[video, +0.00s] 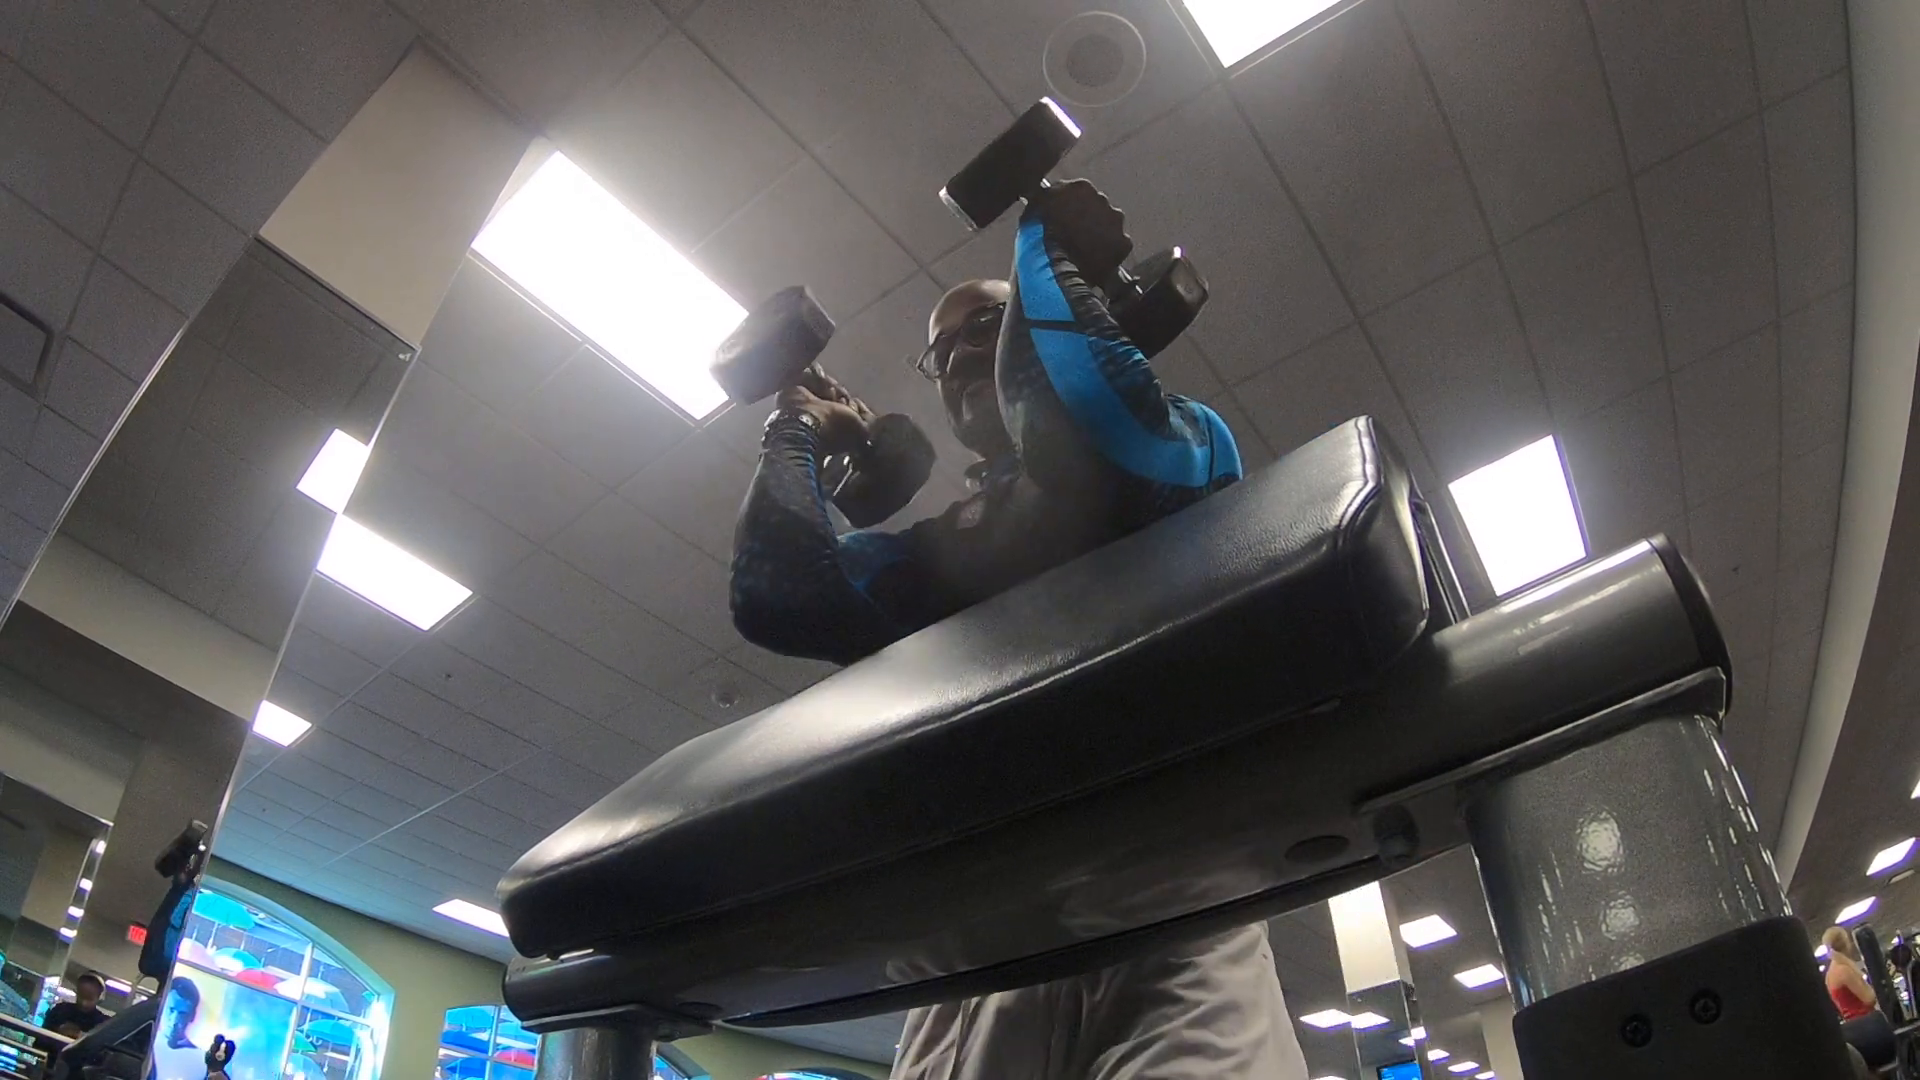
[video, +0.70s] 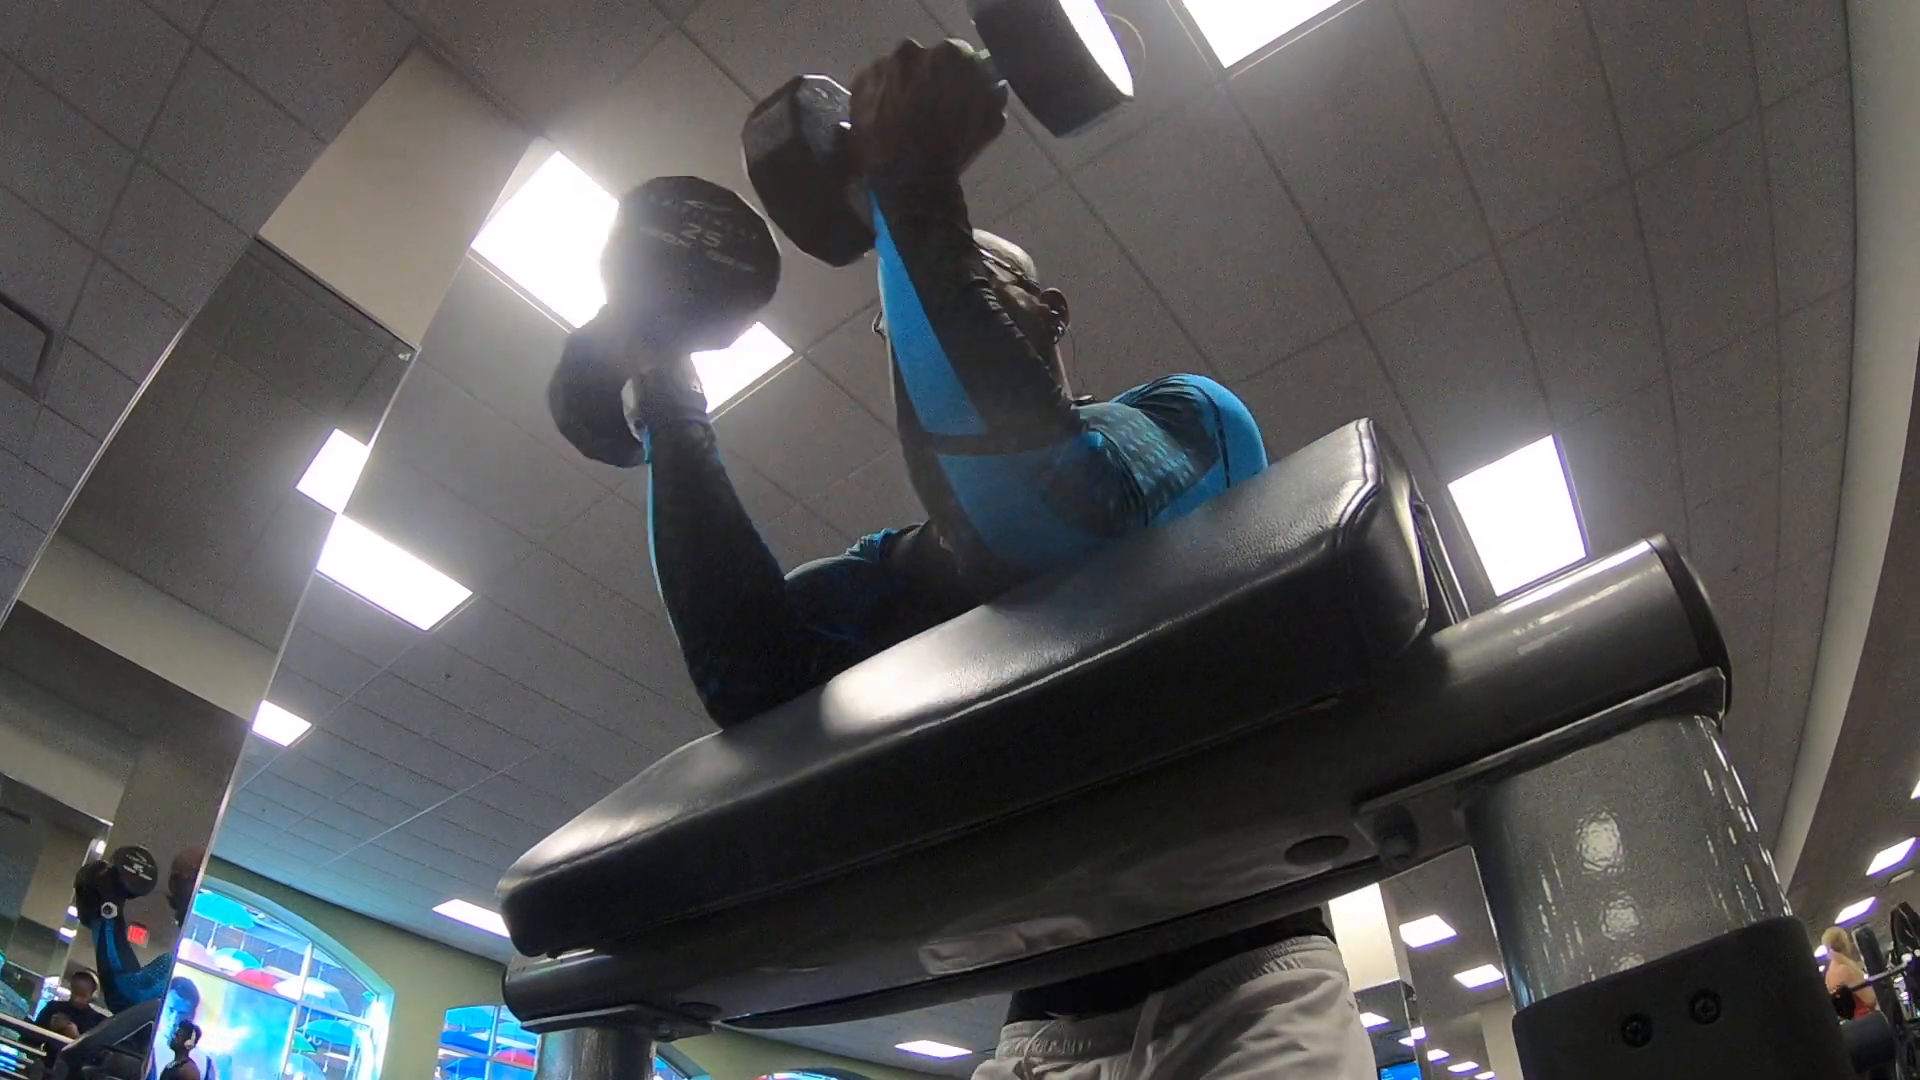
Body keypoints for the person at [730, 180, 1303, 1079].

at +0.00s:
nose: (965, 352)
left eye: (988, 326)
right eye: (943, 347)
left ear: (1047, 343)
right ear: (935, 386)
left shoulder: (1170, 474)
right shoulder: (935, 553)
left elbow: (1085, 417)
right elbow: (774, 598)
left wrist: (1049, 244)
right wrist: (795, 426)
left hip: (1186, 927)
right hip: (978, 958)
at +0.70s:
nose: (965, 333)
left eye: (997, 298)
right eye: (940, 318)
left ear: (1053, 331)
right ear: (905, 384)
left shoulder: (1190, 427)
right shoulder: (920, 574)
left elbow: (1040, 519)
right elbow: (748, 677)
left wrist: (913, 196)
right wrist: (666, 391)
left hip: (1258, 983)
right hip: (1051, 1026)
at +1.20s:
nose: (816, 266)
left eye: (853, 228)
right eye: (794, 266)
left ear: (954, 250)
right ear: (800, 320)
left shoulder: (1096, 346)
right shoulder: (816, 514)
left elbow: (1027, 543)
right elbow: (709, 689)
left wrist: (664, 231)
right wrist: (424, 452)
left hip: (1199, 947)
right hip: (966, 1004)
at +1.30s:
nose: (818, 267)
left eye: (850, 226)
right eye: (799, 263)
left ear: (955, 241)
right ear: (802, 314)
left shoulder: (1099, 341)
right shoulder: (823, 505)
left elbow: (1034, 541)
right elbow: (715, 682)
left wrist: (640, 259)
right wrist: (407, 484)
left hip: (1211, 940)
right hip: (971, 1001)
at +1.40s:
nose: (823, 261)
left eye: (855, 225)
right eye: (804, 262)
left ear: (959, 241)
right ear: (812, 314)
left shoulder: (1100, 333)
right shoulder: (818, 500)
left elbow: (1031, 539)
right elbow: (708, 687)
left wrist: (615, 278)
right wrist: (415, 529)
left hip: (1214, 929)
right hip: (975, 994)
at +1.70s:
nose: (816, 261)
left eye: (848, 223)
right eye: (799, 258)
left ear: (955, 230)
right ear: (808, 315)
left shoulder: (1097, 328)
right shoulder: (826, 508)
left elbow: (985, 557)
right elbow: (699, 697)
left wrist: (554, 457)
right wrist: (399, 664)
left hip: (1194, 948)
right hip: (960, 1004)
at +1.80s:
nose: (817, 261)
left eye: (848, 218)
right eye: (795, 253)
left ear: (952, 225)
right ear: (798, 308)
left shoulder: (1091, 322)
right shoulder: (809, 511)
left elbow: (968, 570)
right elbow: (672, 717)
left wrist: (558, 561)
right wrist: (430, 683)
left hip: (1186, 942)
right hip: (954, 1002)